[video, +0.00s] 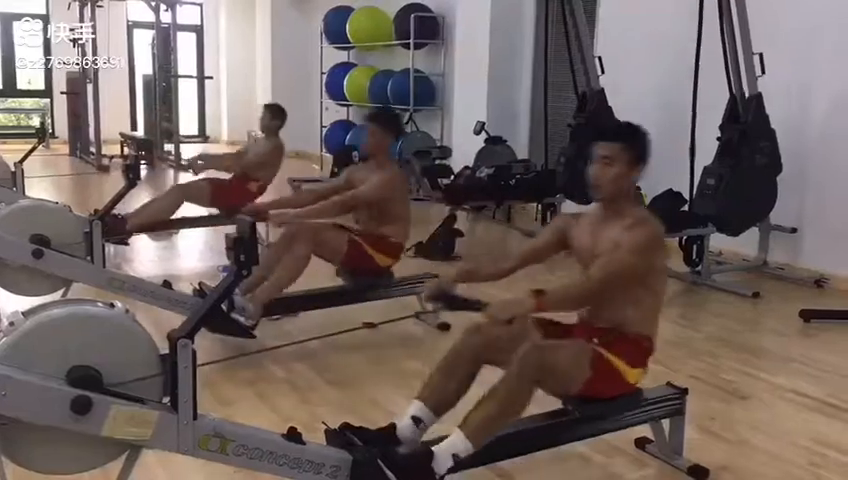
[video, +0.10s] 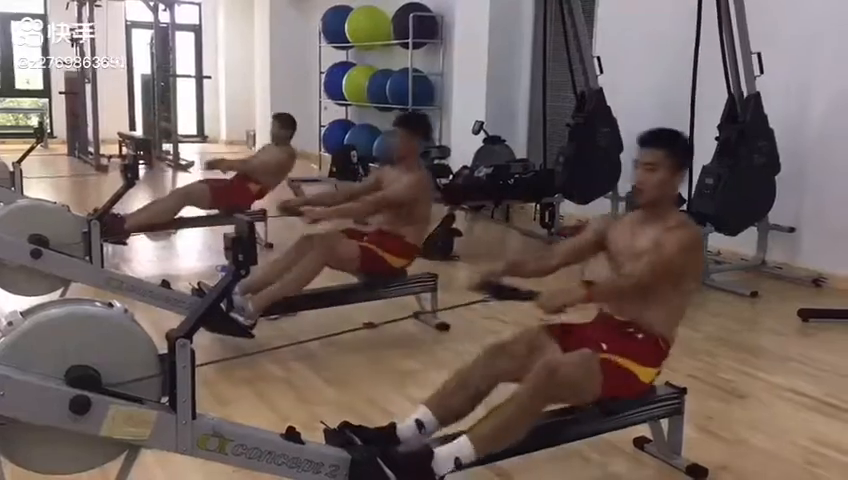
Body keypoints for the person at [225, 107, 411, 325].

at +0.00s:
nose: (364, 137)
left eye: (371, 133)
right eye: (366, 131)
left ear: (387, 139)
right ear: (374, 136)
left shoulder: (389, 178)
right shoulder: (359, 171)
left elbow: (342, 205)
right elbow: (314, 195)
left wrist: (288, 217)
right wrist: (266, 207)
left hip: (380, 252)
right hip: (361, 240)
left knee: (307, 236)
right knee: (293, 229)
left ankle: (255, 304)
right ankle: (243, 291)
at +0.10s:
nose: (393, 141)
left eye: (400, 136)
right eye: (394, 135)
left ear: (416, 142)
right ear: (396, 138)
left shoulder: (416, 180)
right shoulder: (388, 172)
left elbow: (373, 205)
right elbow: (350, 192)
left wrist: (323, 215)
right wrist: (305, 199)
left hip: (392, 253)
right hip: (371, 239)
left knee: (322, 248)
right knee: (306, 242)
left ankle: (255, 307)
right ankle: (240, 290)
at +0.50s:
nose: (434, 167)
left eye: (440, 162)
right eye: (434, 161)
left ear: (458, 166)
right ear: (438, 162)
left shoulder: (463, 203)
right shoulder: (433, 190)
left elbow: (471, 252)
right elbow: (407, 223)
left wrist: (461, 215)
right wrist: (405, 203)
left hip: (398, 249)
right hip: (378, 235)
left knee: (328, 262)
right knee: (314, 251)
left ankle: (248, 303)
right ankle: (234, 286)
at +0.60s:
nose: (433, 162)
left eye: (439, 158)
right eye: (433, 156)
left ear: (457, 163)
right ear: (439, 159)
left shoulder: (462, 199)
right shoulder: (434, 188)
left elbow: (472, 247)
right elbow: (419, 224)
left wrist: (456, 208)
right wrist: (411, 202)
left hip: (395, 248)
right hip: (375, 235)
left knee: (326, 262)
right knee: (312, 252)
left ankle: (246, 304)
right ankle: (233, 286)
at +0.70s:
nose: (431, 160)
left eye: (437, 155)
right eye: (431, 154)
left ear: (455, 160)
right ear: (438, 157)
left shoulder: (460, 196)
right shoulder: (432, 184)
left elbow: (471, 246)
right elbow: (408, 220)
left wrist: (454, 216)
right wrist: (403, 203)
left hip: (396, 249)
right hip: (376, 235)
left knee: (327, 261)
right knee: (312, 251)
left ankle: (247, 304)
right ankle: (233, 287)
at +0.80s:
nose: (427, 154)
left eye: (432, 150)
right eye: (427, 148)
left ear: (449, 155)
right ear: (433, 151)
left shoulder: (456, 191)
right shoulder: (425, 180)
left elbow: (465, 240)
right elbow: (412, 215)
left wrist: (438, 220)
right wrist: (391, 209)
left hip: (398, 248)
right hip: (380, 234)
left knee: (325, 261)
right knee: (313, 251)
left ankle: (246, 305)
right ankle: (233, 285)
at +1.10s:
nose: (403, 138)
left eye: (410, 133)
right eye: (404, 132)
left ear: (428, 139)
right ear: (412, 135)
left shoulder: (437, 176)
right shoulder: (406, 169)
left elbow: (423, 228)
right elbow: (379, 207)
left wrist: (382, 225)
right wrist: (342, 221)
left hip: (399, 245)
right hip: (375, 236)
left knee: (329, 264)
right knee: (315, 253)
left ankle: (248, 303)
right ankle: (233, 286)